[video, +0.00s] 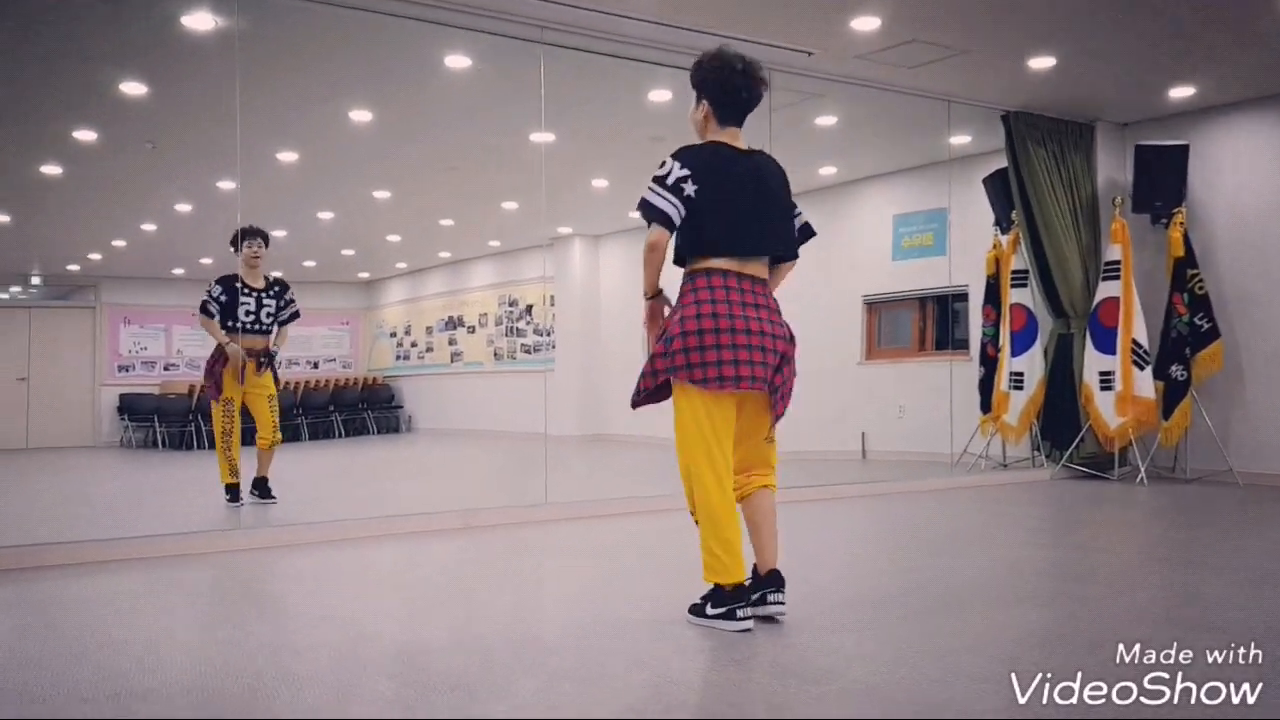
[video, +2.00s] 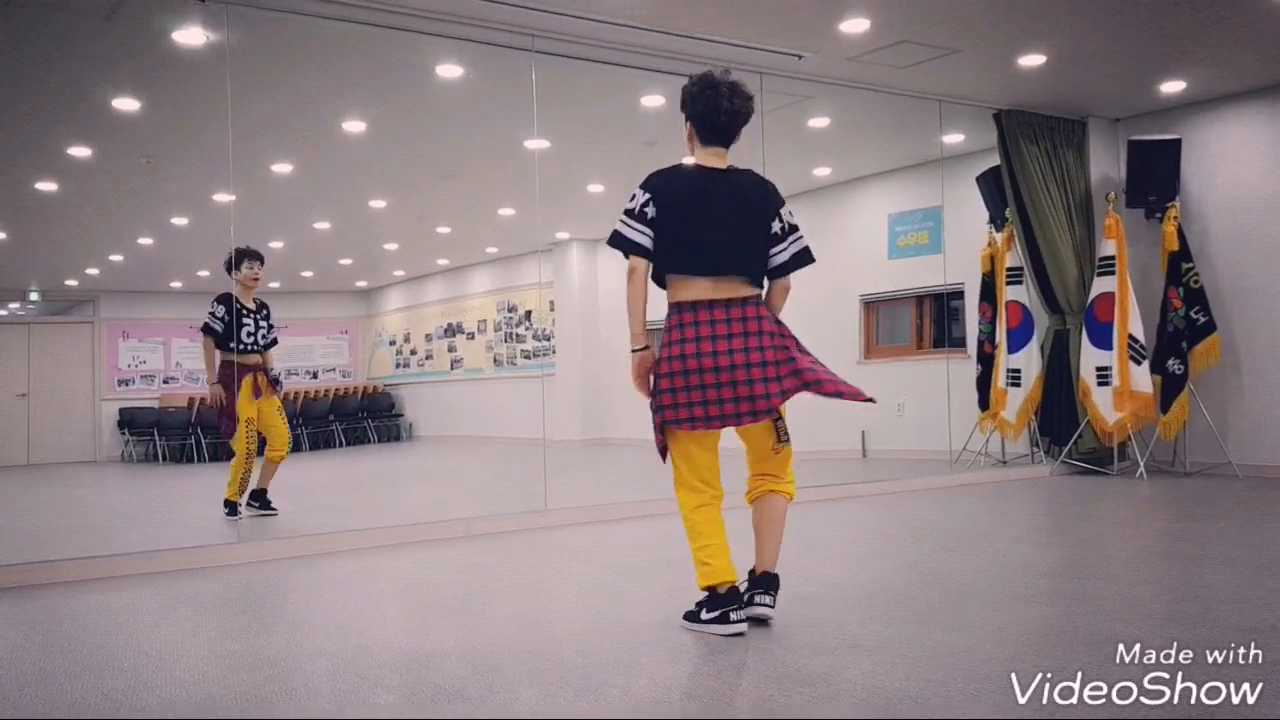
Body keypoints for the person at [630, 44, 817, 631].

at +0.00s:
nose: (691, 111)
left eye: (693, 102)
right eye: (694, 102)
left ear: (703, 107)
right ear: (748, 110)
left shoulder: (685, 163)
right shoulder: (771, 171)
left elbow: (657, 238)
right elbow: (792, 251)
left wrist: (652, 298)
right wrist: (755, 298)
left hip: (703, 310)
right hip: (762, 313)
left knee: (706, 459)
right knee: (754, 458)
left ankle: (727, 589)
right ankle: (769, 579)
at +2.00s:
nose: (686, 128)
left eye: (685, 120)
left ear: (686, 126)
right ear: (740, 130)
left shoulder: (659, 185)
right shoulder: (762, 191)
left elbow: (637, 271)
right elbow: (782, 279)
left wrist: (639, 345)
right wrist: (760, 337)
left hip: (685, 344)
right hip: (753, 340)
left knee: (697, 483)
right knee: (770, 462)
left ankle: (721, 595)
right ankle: (764, 581)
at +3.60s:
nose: (686, 139)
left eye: (688, 130)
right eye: (691, 130)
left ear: (696, 137)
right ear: (741, 142)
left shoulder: (684, 189)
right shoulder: (759, 198)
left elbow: (645, 245)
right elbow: (786, 272)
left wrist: (645, 269)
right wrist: (752, 304)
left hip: (715, 341)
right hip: (775, 338)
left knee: (691, 488)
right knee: (778, 467)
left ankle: (709, 601)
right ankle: (792, 564)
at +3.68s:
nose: (696, 142)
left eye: (699, 134)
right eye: (699, 134)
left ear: (706, 141)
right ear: (751, 146)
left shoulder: (704, 195)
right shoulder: (767, 203)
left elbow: (674, 257)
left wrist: (654, 266)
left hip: (725, 340)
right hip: (779, 338)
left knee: (692, 487)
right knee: (786, 464)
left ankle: (709, 599)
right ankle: (819, 561)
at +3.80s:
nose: (719, 145)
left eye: (722, 136)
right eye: (721, 135)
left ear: (733, 143)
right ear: (770, 147)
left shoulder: (742, 200)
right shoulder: (782, 201)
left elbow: (738, 285)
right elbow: (787, 286)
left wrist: (680, 265)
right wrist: (710, 275)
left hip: (756, 340)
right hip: (797, 340)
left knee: (713, 480)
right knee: (802, 475)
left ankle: (715, 599)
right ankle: (858, 567)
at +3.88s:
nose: (730, 139)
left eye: (734, 130)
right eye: (734, 129)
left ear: (745, 138)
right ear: (781, 141)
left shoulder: (763, 197)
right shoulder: (791, 196)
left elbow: (760, 281)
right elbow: (803, 281)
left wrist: (697, 261)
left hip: (780, 343)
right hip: (812, 341)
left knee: (741, 471)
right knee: (819, 470)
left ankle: (726, 589)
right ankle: (863, 575)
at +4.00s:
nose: (756, 135)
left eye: (758, 125)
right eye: (759, 125)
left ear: (769, 132)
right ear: (805, 132)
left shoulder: (785, 192)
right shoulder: (818, 188)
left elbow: (773, 275)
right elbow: (827, 266)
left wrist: (712, 244)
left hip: (807, 328)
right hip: (844, 323)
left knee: (798, 459)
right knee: (852, 459)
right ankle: (869, 576)